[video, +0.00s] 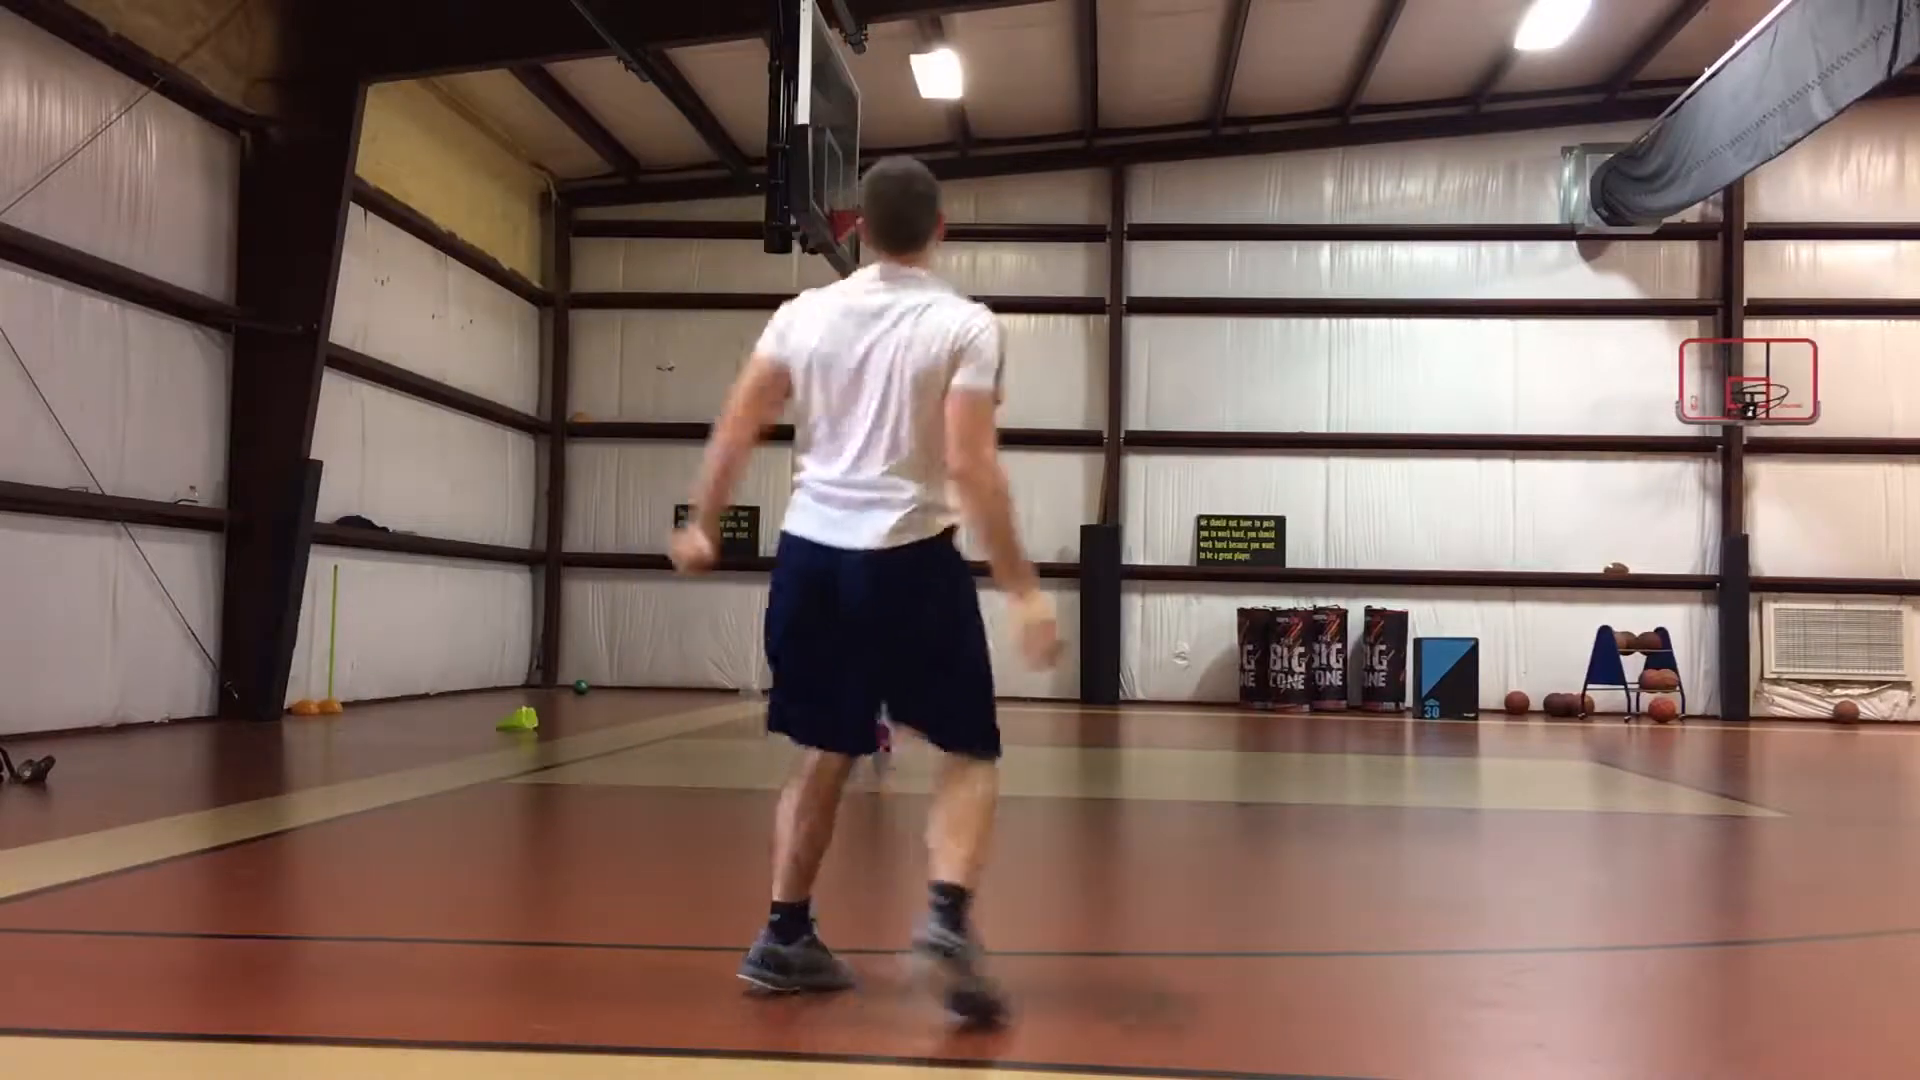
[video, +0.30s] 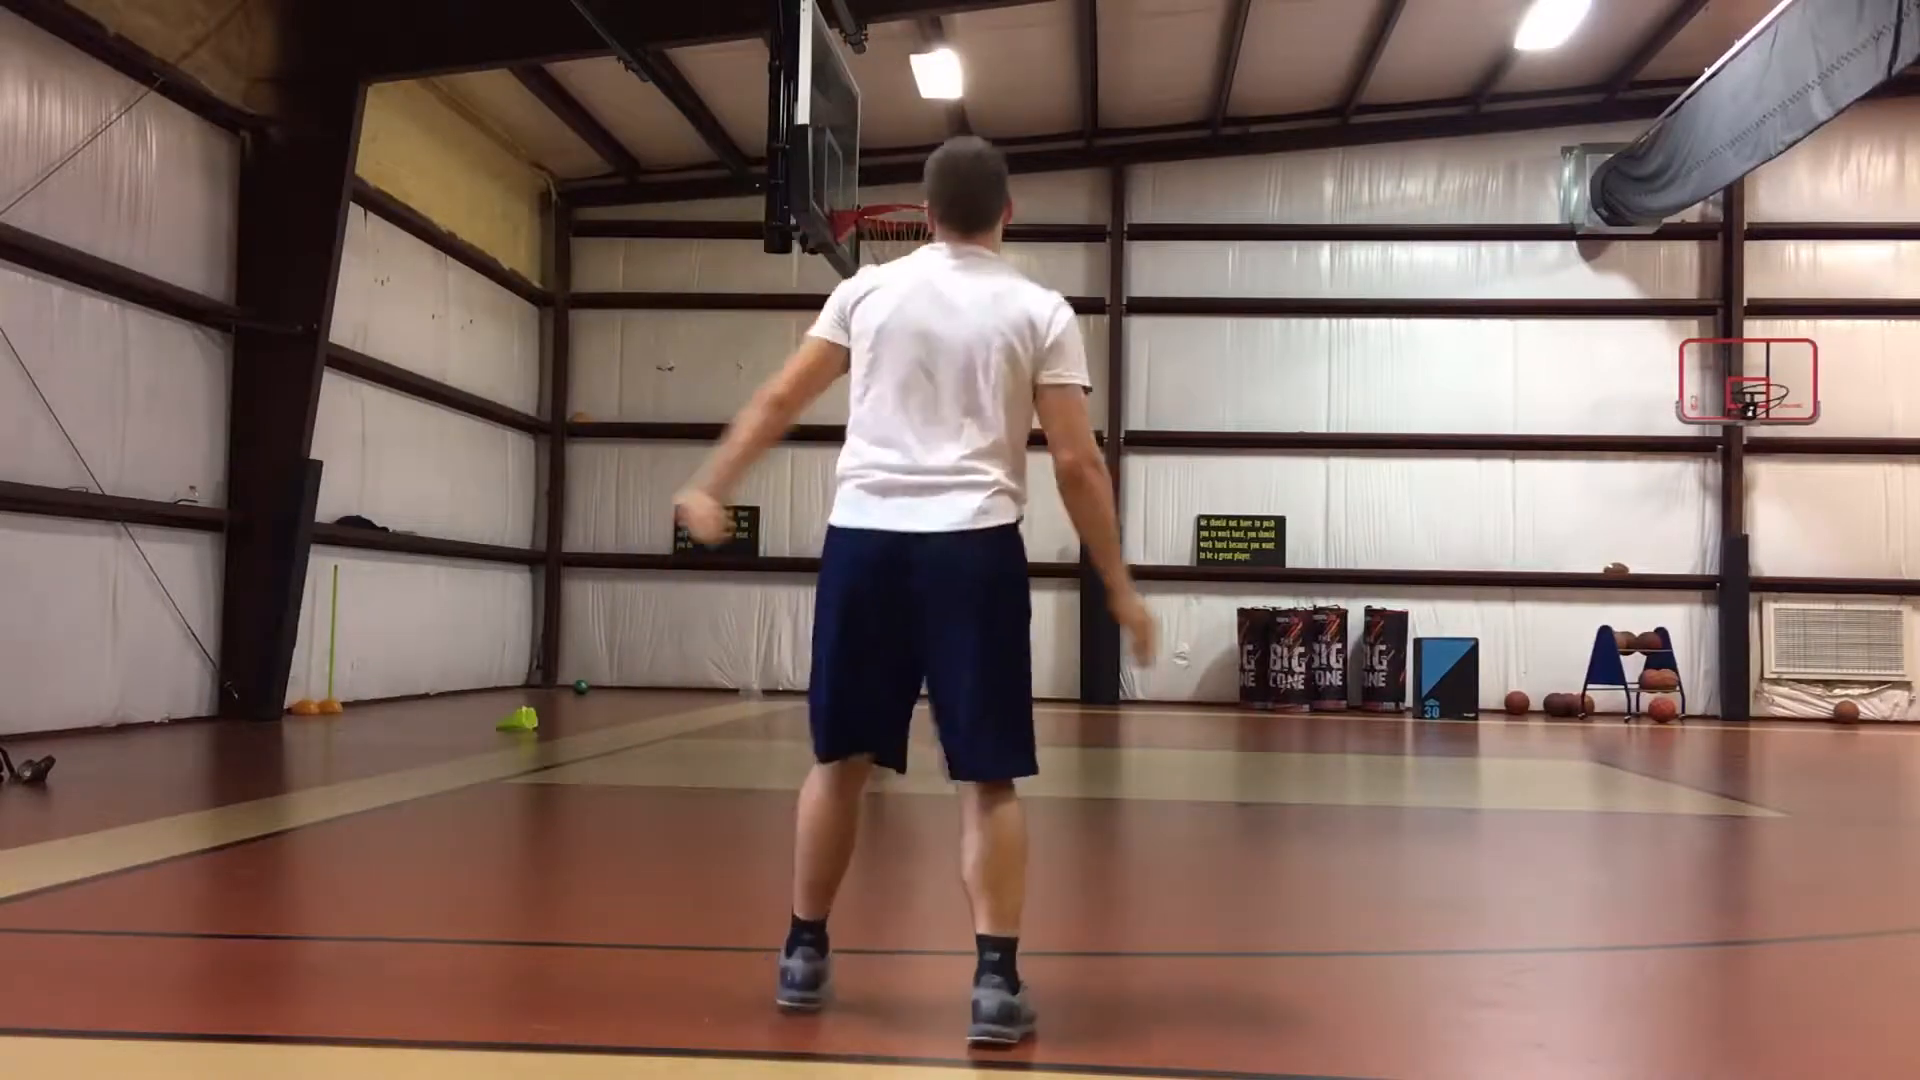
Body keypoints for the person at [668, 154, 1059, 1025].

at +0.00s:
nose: (942, 232)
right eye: (945, 222)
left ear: (862, 230)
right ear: (941, 229)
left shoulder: (803, 315)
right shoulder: (966, 327)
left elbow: (736, 428)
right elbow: (969, 464)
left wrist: (703, 521)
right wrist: (1025, 591)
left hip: (811, 568)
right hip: (913, 575)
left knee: (823, 748)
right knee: (970, 752)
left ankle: (784, 936)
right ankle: (945, 921)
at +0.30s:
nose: (1009, 213)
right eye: (1012, 203)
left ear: (927, 212)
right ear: (1009, 213)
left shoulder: (867, 291)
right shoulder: (1041, 312)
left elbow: (782, 397)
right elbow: (1076, 463)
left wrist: (710, 487)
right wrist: (1119, 586)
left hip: (863, 553)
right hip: (976, 559)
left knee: (839, 755)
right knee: (989, 778)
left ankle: (804, 954)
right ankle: (996, 982)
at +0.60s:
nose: (885, 202)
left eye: (882, 189)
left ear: (885, 196)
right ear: (971, 196)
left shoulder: (833, 288)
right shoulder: (1019, 300)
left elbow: (838, 402)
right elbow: (1038, 464)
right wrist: (964, 439)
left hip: (842, 563)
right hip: (964, 570)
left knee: (802, 770)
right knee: (986, 789)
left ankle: (779, 978)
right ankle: (998, 987)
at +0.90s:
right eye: (882, 163)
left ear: (789, 173)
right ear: (878, 169)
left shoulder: (729, 274)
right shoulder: (925, 262)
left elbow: (718, 443)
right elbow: (952, 416)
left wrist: (755, 535)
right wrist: (1015, 526)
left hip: (757, 557)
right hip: (889, 558)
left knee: (769, 790)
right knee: (920, 780)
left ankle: (774, 1027)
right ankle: (948, 998)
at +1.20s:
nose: (847, 156)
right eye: (849, 144)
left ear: (745, 144)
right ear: (839, 145)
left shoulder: (676, 239)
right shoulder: (878, 242)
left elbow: (591, 373)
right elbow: (938, 409)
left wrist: (537, 516)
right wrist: (965, 503)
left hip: (685, 533)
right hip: (809, 533)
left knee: (726, 782)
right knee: (784, 788)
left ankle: (764, 1026)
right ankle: (715, 1031)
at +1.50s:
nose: (653, 133)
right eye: (656, 118)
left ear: (551, 115)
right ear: (648, 121)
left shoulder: (464, 213)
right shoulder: (690, 230)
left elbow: (394, 376)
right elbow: (734, 398)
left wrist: (421, 522)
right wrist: (784, 563)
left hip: (465, 539)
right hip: (619, 547)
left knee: (388, 808)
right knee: (638, 826)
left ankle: (296, 1060)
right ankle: (672, 1066)